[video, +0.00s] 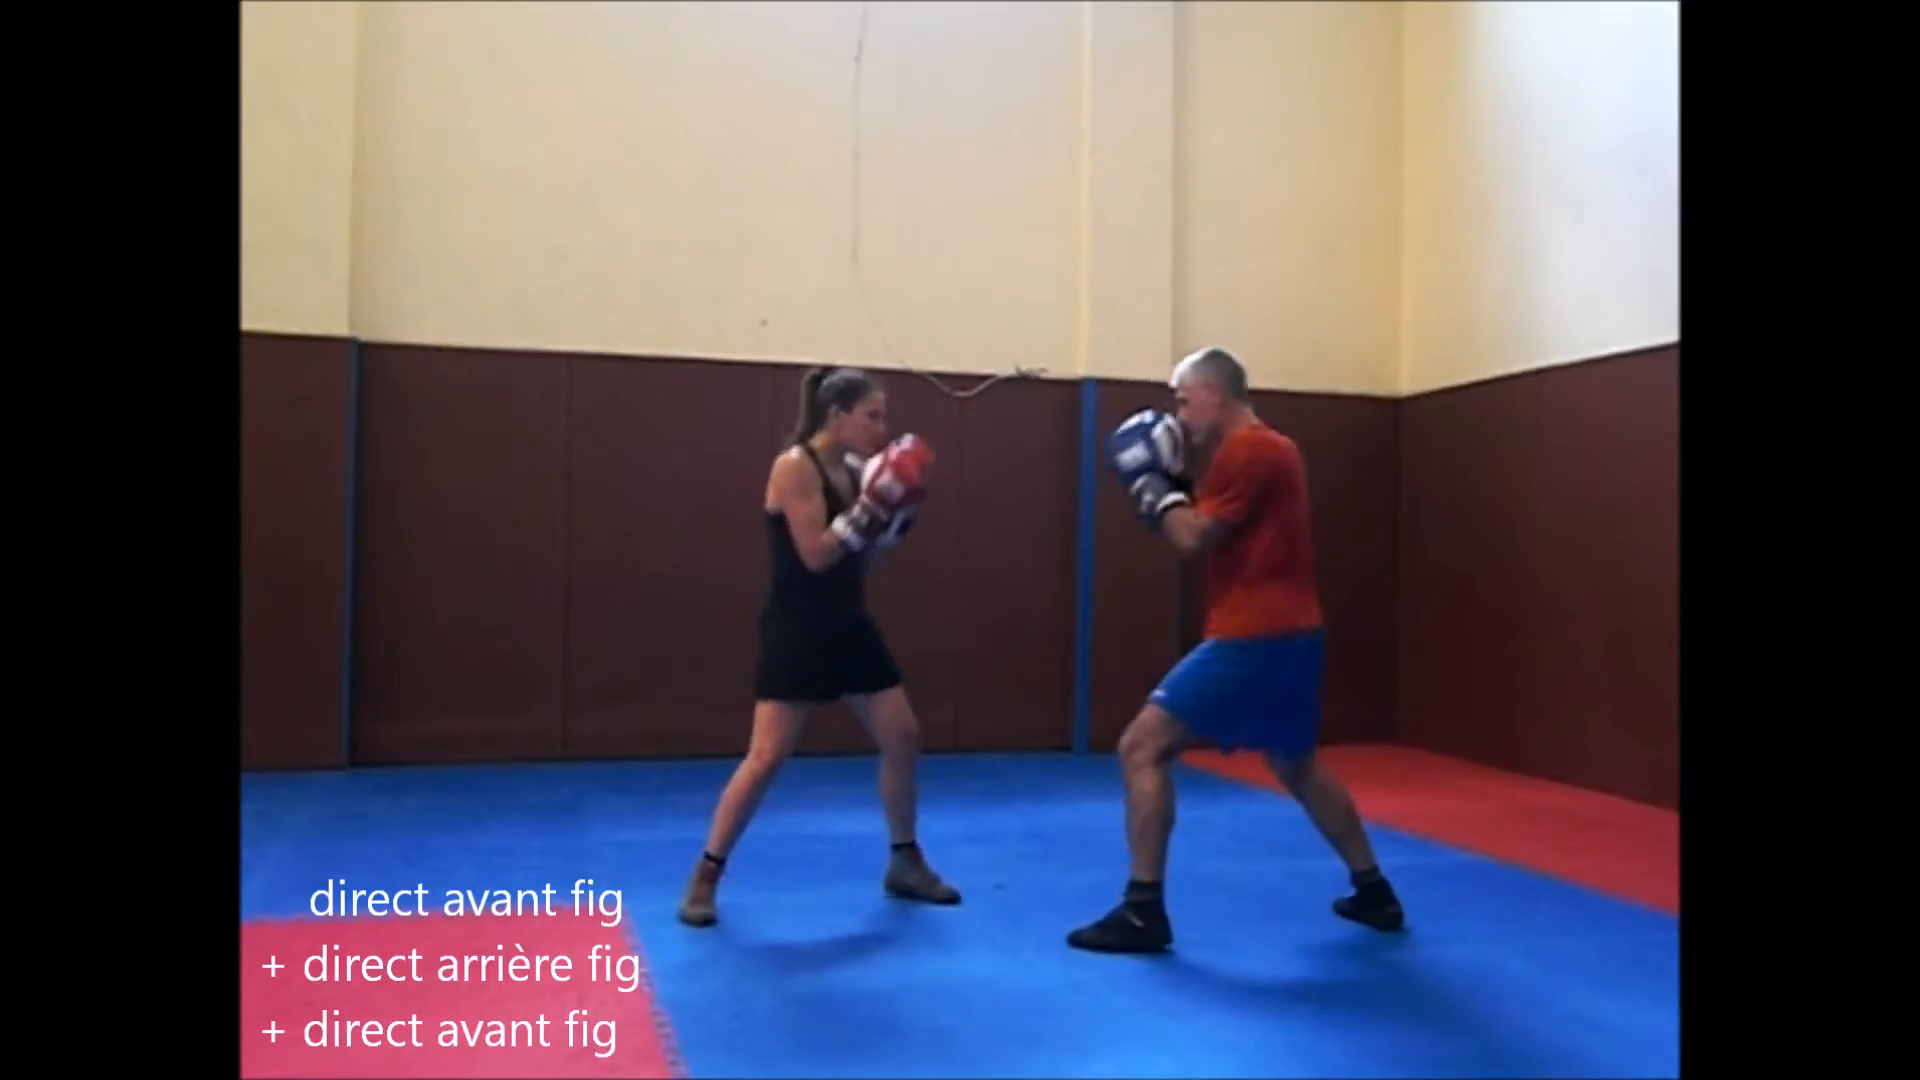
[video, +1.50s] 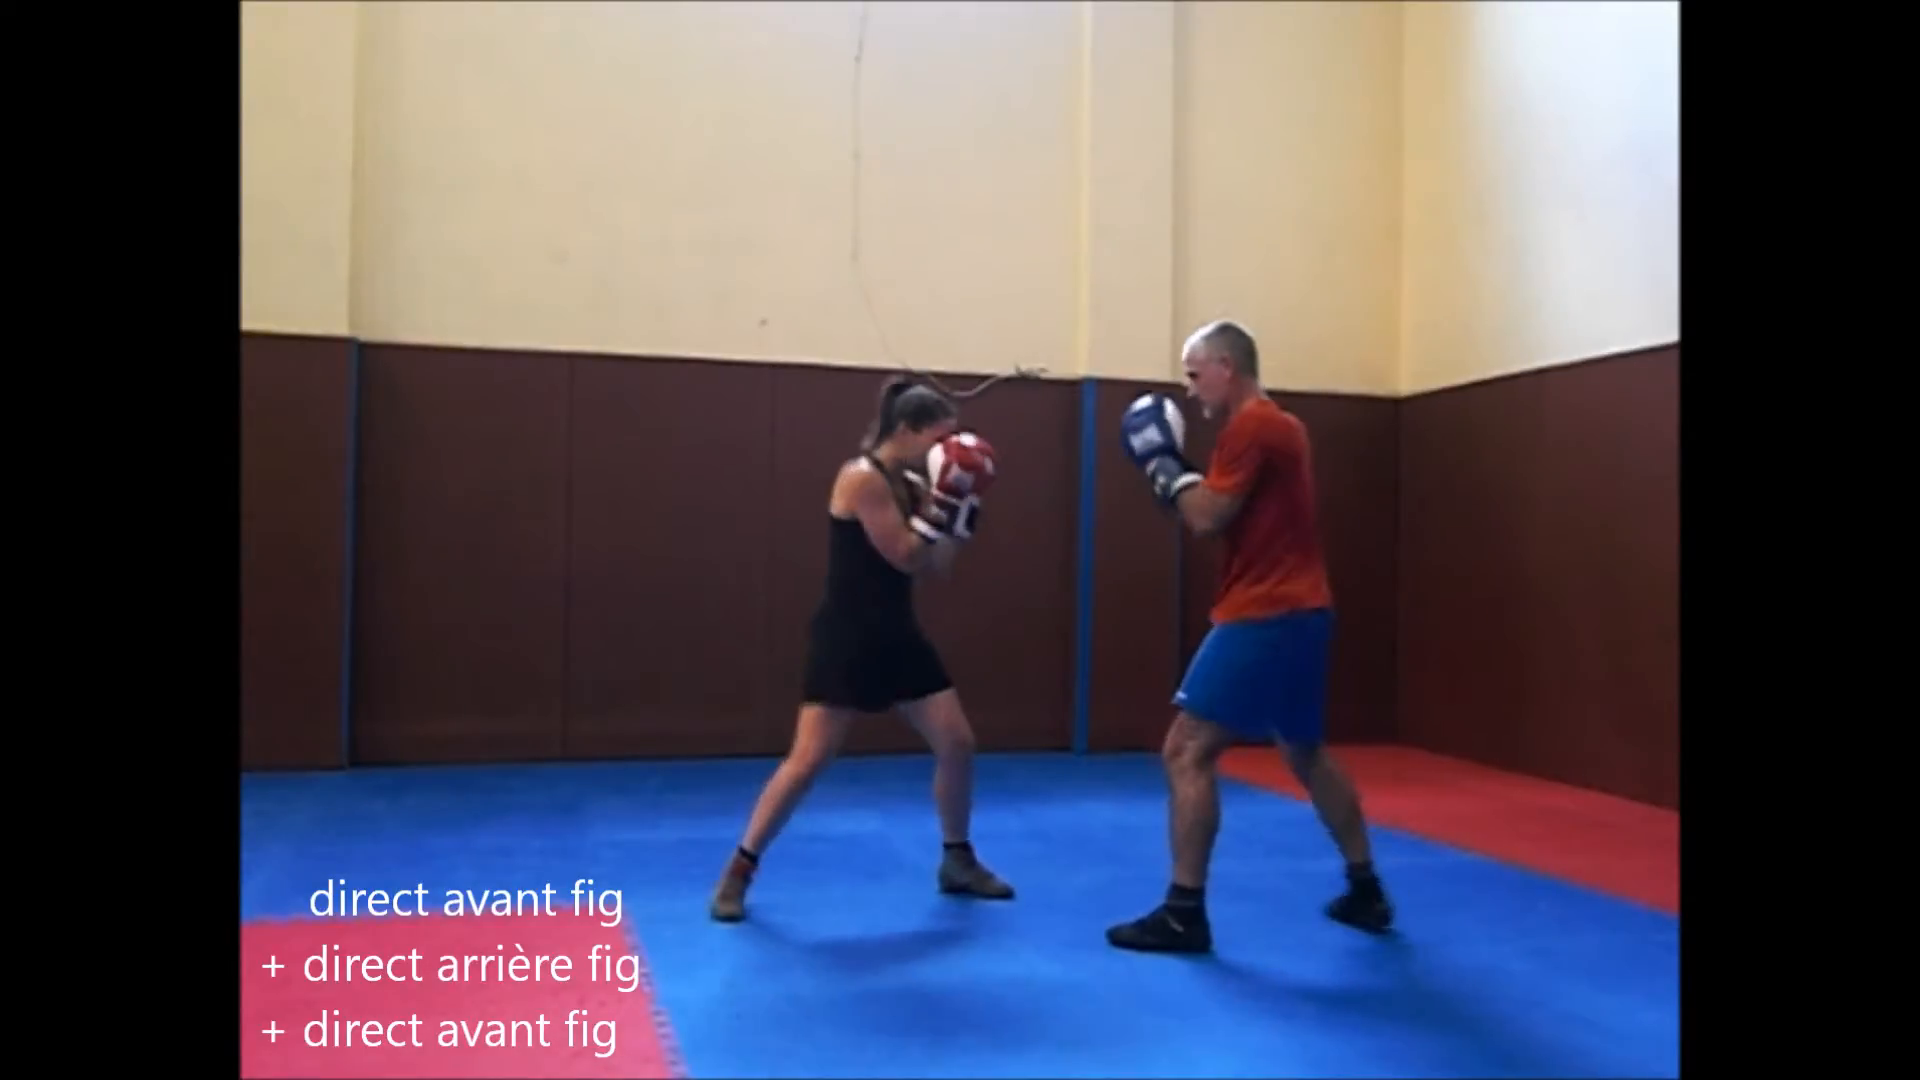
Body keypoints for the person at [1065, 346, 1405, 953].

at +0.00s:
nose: (1179, 414)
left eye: (1185, 400)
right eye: (1177, 402)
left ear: (1221, 397)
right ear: (1226, 399)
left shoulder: (1247, 452)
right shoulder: (1269, 448)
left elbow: (1190, 535)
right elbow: (1206, 522)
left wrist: (1149, 479)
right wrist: (1177, 469)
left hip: (1248, 639)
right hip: (1292, 637)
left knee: (1141, 748)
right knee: (1301, 768)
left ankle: (1143, 911)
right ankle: (1375, 893)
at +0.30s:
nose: (1188, 410)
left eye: (1194, 397)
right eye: (1186, 399)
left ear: (1224, 390)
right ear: (1240, 392)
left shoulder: (1242, 440)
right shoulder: (1280, 443)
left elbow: (1149, 488)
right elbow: (1184, 483)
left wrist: (1136, 427)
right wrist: (1162, 425)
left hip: (1262, 634)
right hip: (1310, 632)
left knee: (1161, 750)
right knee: (1321, 765)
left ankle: (1181, 913)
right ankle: (1403, 888)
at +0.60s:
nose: (1200, 414)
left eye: (1203, 400)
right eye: (1197, 403)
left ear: (1229, 392)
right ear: (1244, 393)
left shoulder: (1256, 443)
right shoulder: (1283, 444)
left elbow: (1165, 495)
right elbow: (1185, 486)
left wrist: (1154, 429)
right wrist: (1167, 425)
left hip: (1269, 636)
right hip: (1312, 633)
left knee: (1169, 751)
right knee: (1328, 770)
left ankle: (1181, 914)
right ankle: (1407, 894)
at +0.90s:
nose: (1217, 415)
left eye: (1218, 402)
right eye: (1214, 404)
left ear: (1243, 393)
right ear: (1258, 393)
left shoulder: (1267, 444)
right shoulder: (1296, 444)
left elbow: (1183, 503)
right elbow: (1202, 491)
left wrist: (1168, 435)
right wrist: (1185, 436)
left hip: (1274, 639)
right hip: (1317, 637)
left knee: (1174, 749)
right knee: (1328, 771)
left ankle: (1181, 912)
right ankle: (1407, 894)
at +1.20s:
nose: (1223, 422)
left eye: (1223, 407)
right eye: (1218, 410)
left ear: (1248, 394)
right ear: (1260, 394)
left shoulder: (1275, 446)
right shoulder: (1295, 446)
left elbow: (1189, 503)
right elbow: (1210, 488)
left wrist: (1169, 435)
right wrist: (1188, 434)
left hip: (1280, 640)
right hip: (1318, 640)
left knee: (1177, 750)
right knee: (1329, 772)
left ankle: (1183, 912)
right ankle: (1407, 894)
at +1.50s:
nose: (1191, 387)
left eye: (1195, 373)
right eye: (1188, 375)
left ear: (1229, 368)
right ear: (1236, 371)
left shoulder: (1250, 426)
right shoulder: (1278, 424)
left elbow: (1205, 514)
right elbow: (1220, 512)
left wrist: (1163, 461)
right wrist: (1175, 476)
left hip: (1257, 619)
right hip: (1301, 615)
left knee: (1186, 750)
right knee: (1308, 754)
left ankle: (1184, 913)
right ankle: (1366, 889)